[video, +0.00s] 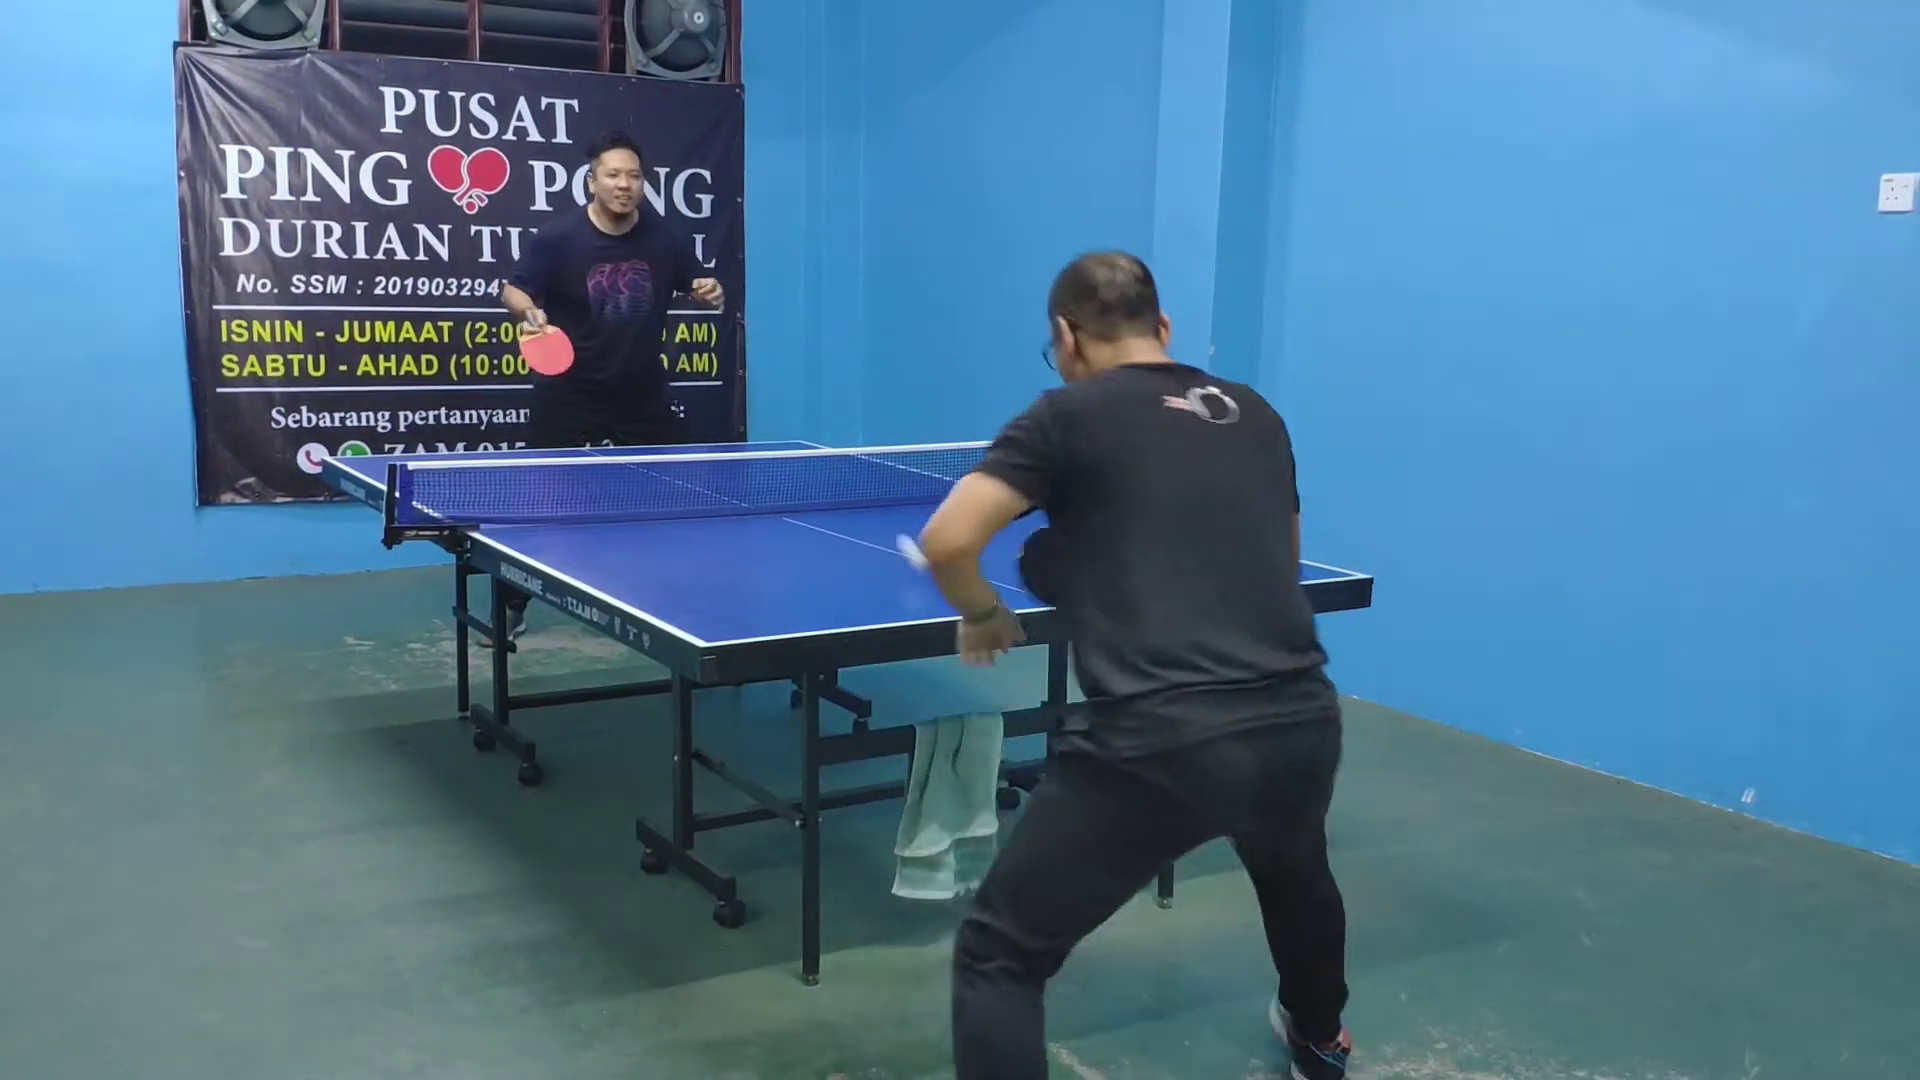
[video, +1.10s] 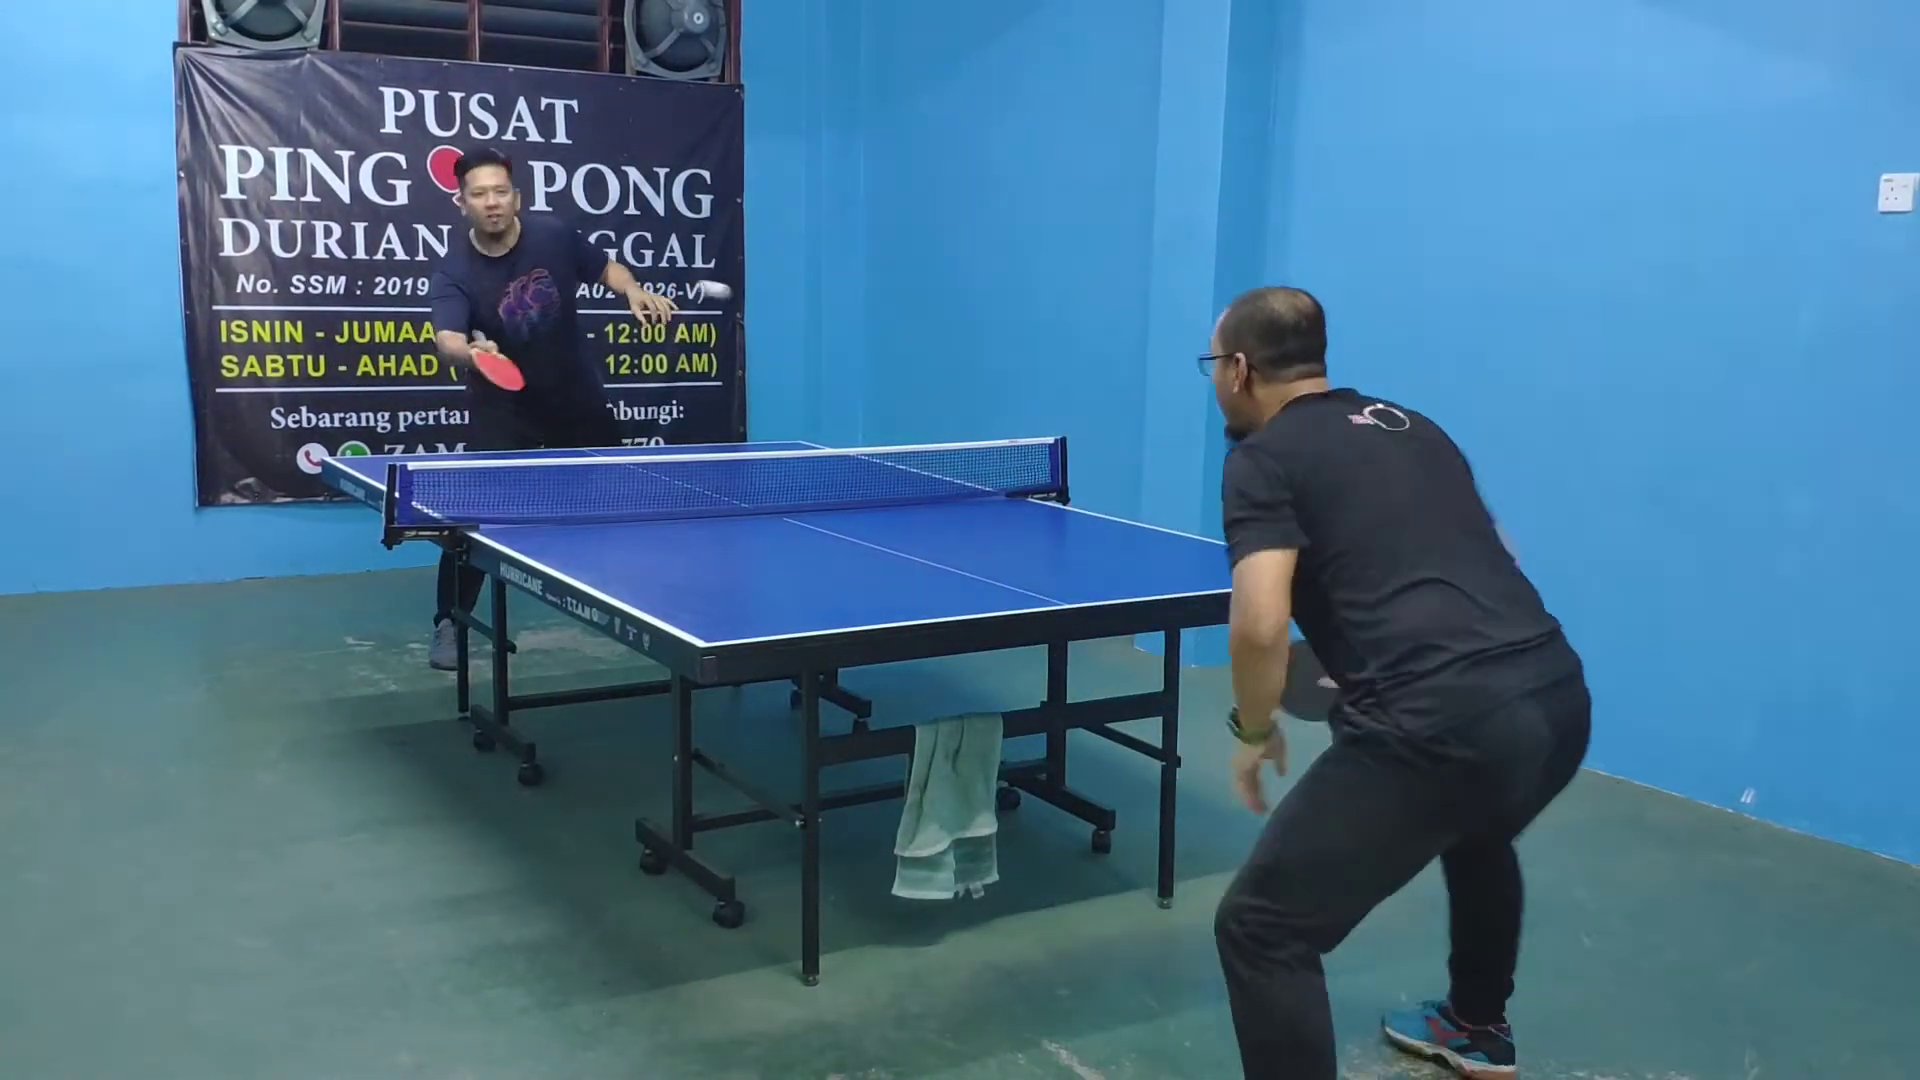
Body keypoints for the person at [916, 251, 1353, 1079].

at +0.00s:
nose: (1057, 360)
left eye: (1055, 346)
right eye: (1059, 347)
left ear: (1068, 337)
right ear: (1165, 330)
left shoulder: (1067, 416)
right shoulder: (1254, 412)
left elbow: (946, 542)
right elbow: (1285, 558)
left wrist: (981, 611)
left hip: (1151, 751)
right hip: (1296, 734)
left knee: (999, 955)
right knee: (1298, 877)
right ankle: (1320, 1043)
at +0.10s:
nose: (1092, 392)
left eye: (1089, 372)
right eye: (1086, 377)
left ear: (1112, 354)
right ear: (1185, 345)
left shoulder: (1145, 416)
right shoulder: (1269, 420)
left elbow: (1038, 491)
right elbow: (1232, 537)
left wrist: (990, 588)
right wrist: (1109, 571)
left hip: (1214, 739)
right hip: (1336, 727)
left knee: (1044, 937)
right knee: (1285, 823)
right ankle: (1313, 1033)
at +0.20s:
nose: (1111, 370)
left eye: (1107, 349)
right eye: (1106, 352)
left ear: (1141, 335)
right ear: (1206, 325)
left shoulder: (1207, 380)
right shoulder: (1286, 400)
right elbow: (1223, 498)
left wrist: (1067, 525)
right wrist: (1129, 486)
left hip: (1261, 702)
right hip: (1358, 700)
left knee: (1101, 908)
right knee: (1279, 809)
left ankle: (1070, 1068)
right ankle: (1312, 1026)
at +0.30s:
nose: (1127, 326)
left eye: (1122, 304)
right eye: (1120, 307)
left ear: (1152, 288)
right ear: (1206, 279)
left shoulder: (1223, 337)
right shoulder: (1245, 370)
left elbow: (1305, 340)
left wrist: (1195, 465)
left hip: (1282, 663)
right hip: (1358, 659)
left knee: (1147, 881)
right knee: (1279, 806)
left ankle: (1134, 1066)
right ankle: (1314, 1027)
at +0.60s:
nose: (1176, 265)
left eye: (1181, 247)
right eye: (1179, 247)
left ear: (1210, 253)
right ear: (1278, 253)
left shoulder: (1251, 339)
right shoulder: (1347, 337)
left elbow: (1259, 453)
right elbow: (1421, 485)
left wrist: (1166, 616)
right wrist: (1303, 508)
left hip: (1310, 665)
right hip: (1396, 653)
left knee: (1206, 893)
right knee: (1320, 799)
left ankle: (1254, 1066)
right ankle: (1360, 1010)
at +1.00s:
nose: (1199, 369)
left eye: (1198, 352)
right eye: (1197, 352)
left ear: (1223, 355)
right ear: (1298, 347)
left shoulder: (1272, 434)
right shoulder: (1379, 410)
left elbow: (1272, 589)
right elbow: (1424, 569)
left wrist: (1217, 699)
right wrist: (1323, 647)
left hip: (1433, 721)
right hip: (1530, 701)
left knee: (1258, 911)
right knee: (1424, 816)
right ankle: (1468, 1027)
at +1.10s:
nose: (1214, 380)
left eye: (1215, 365)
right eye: (1212, 365)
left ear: (1240, 370)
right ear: (1316, 362)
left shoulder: (1264, 455)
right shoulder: (1410, 426)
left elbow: (1261, 624)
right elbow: (1484, 551)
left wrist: (1257, 731)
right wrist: (1379, 665)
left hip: (1435, 731)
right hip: (1556, 708)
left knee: (1262, 929)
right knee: (1477, 827)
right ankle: (1478, 1023)